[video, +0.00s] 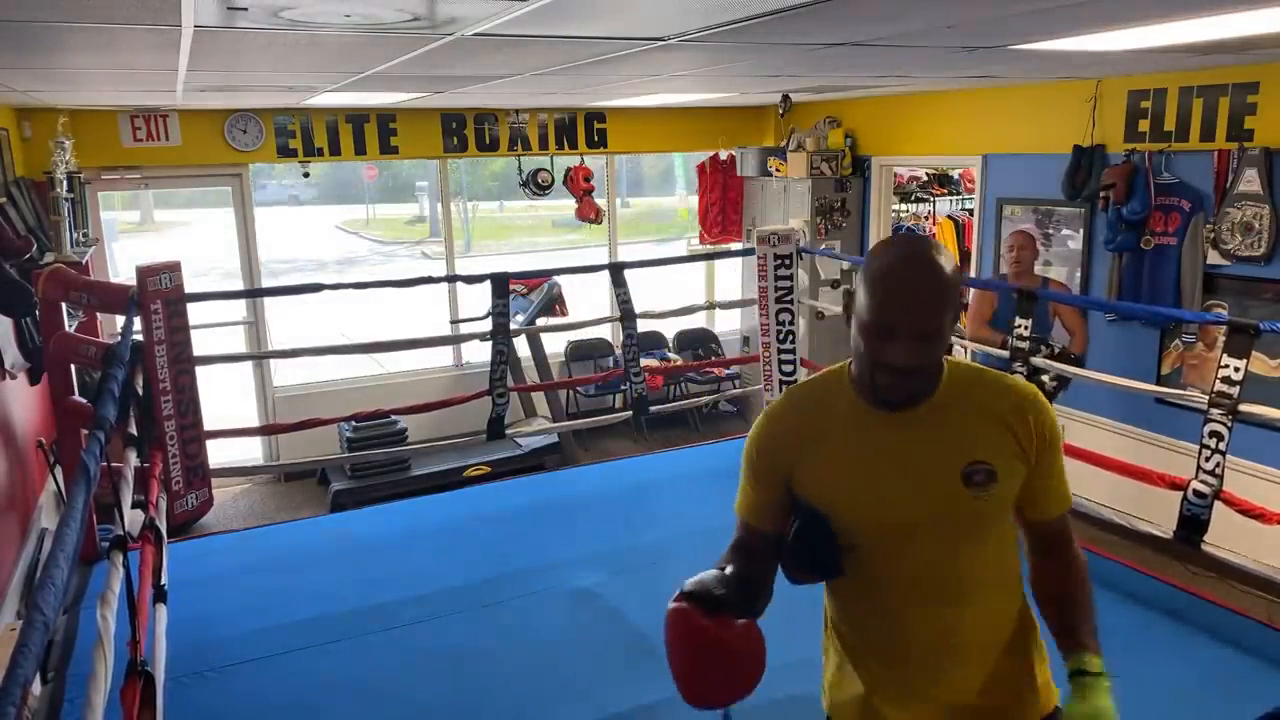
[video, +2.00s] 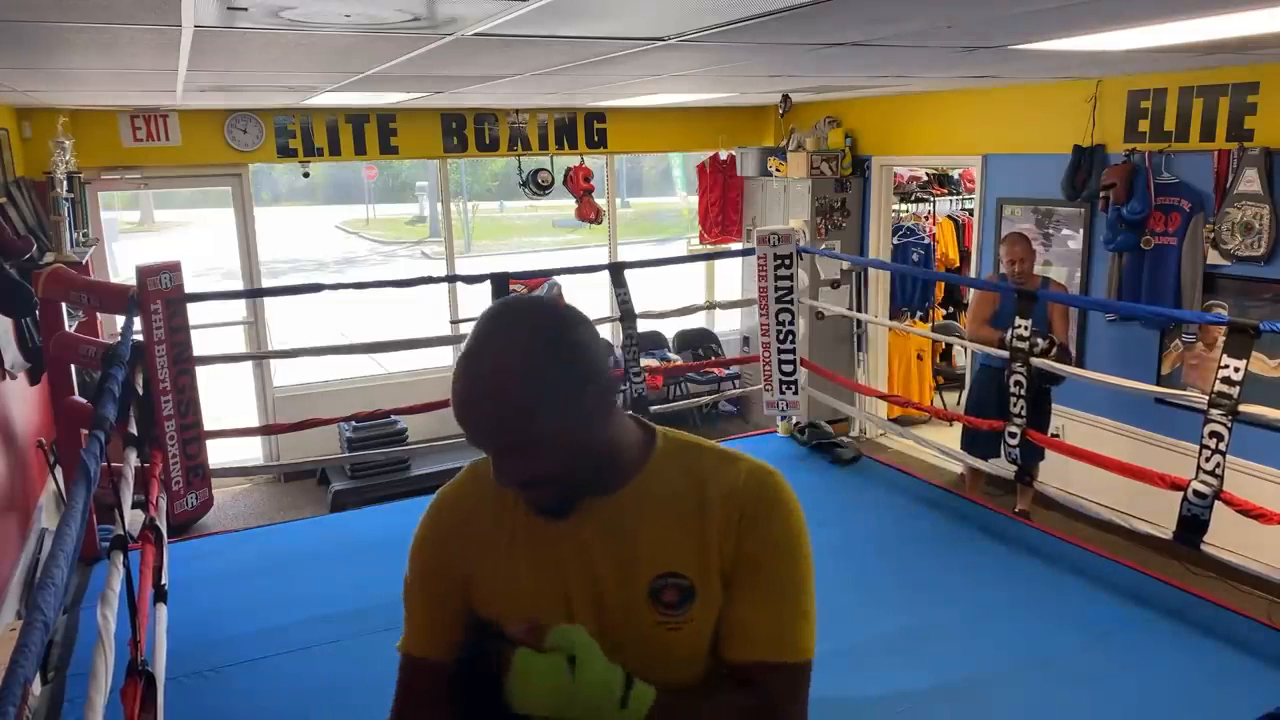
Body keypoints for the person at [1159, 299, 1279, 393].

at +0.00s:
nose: (1220, 326)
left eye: (1223, 321)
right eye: (1215, 320)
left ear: (1226, 327)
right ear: (1201, 325)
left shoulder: (1232, 350)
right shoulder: (1189, 349)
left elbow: (1271, 367)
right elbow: (1163, 369)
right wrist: (1179, 345)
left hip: (1218, 408)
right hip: (1188, 404)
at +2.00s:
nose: (1220, 327)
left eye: (1223, 323)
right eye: (1215, 322)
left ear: (1226, 327)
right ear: (1201, 325)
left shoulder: (1231, 350)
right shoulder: (1189, 348)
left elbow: (1270, 368)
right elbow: (1163, 370)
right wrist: (1178, 348)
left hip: (1218, 405)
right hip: (1189, 401)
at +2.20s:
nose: (1220, 327)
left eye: (1223, 323)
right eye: (1215, 322)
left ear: (1226, 327)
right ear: (1201, 325)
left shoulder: (1231, 350)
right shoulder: (1189, 349)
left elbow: (1270, 368)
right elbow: (1163, 369)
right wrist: (1178, 347)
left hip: (1218, 405)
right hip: (1188, 401)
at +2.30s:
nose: (1220, 327)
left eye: (1223, 323)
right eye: (1215, 322)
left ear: (1226, 327)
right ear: (1201, 325)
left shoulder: (1231, 350)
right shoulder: (1189, 349)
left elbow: (1270, 368)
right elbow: (1163, 369)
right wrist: (1178, 348)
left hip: (1218, 405)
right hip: (1188, 401)